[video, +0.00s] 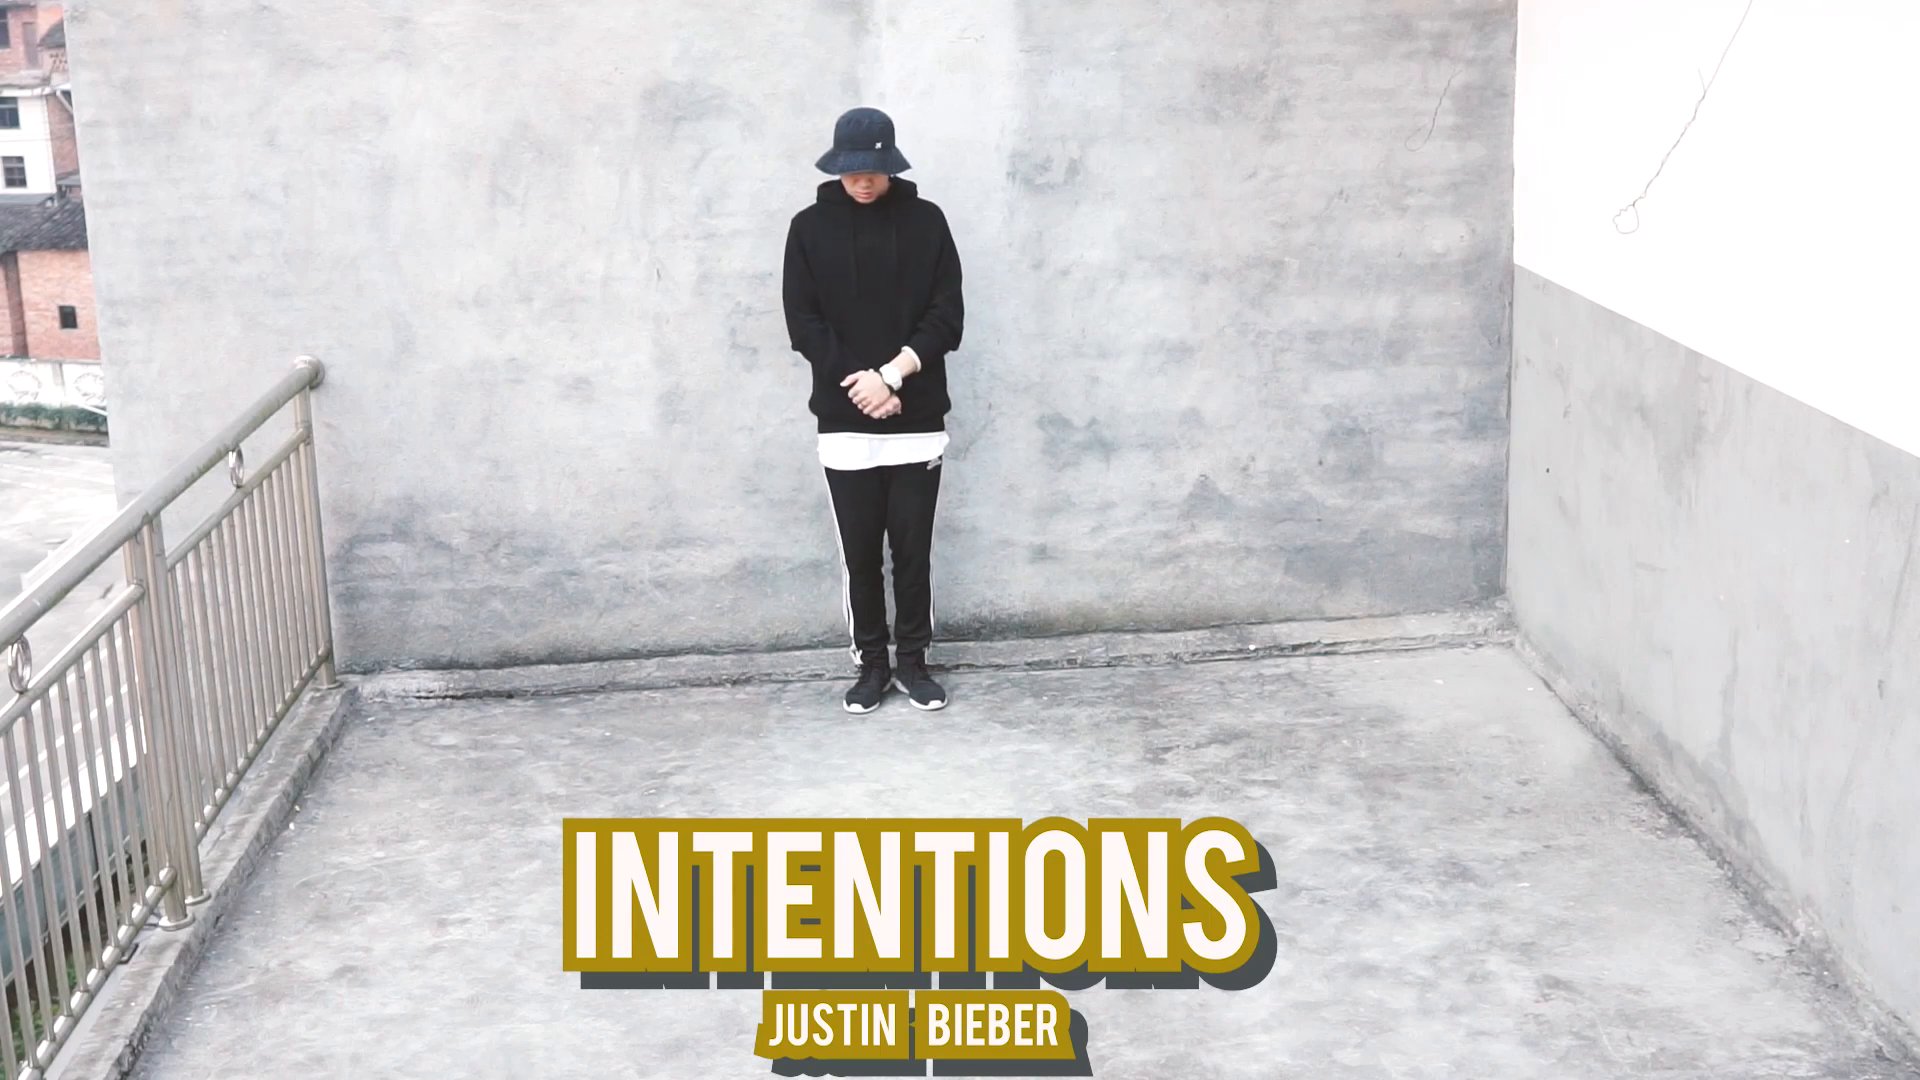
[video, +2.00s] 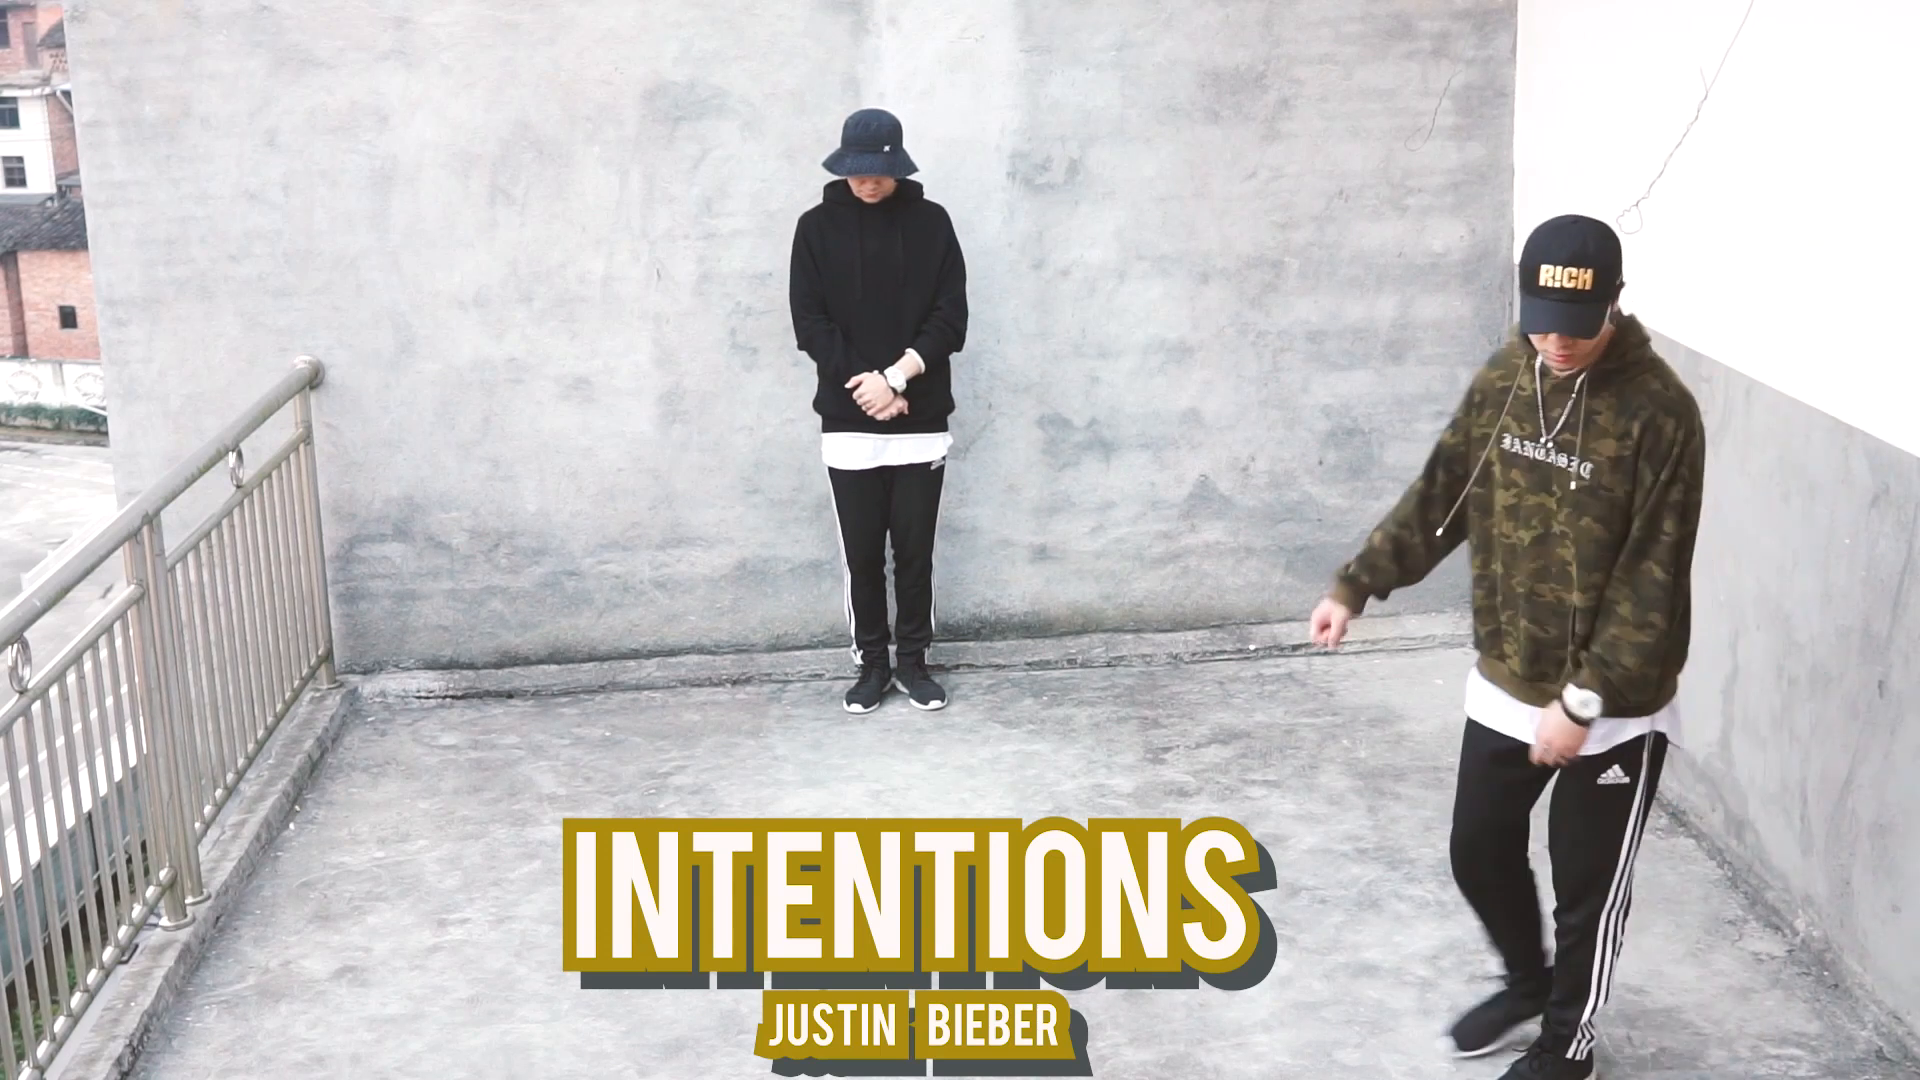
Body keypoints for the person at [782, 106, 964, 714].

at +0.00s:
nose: (861, 182)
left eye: (872, 171)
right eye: (851, 171)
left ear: (891, 166)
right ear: (835, 169)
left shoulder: (925, 219)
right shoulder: (810, 226)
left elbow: (947, 316)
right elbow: (803, 322)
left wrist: (892, 371)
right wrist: (860, 384)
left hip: (917, 413)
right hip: (843, 416)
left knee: (912, 548)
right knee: (860, 551)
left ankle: (913, 663)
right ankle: (872, 666)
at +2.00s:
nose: (868, 182)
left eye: (879, 171)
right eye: (857, 171)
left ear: (898, 167)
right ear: (842, 169)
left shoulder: (931, 221)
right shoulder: (817, 225)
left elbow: (951, 317)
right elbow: (809, 322)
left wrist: (897, 373)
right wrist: (865, 385)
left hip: (921, 414)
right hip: (847, 416)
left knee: (914, 549)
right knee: (863, 553)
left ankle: (914, 664)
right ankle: (873, 667)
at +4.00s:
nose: (865, 186)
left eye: (876, 176)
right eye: (855, 175)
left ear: (896, 170)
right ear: (839, 170)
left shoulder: (926, 221)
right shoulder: (813, 227)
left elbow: (947, 317)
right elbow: (806, 324)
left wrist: (893, 373)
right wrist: (862, 387)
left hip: (918, 414)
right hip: (844, 417)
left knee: (913, 549)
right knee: (860, 552)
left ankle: (913, 664)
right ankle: (872, 666)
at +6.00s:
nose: (871, 189)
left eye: (882, 179)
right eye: (860, 178)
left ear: (900, 173)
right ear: (843, 173)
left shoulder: (930, 222)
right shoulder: (817, 228)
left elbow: (950, 317)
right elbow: (809, 324)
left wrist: (896, 375)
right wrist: (865, 387)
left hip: (921, 416)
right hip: (847, 419)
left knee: (914, 551)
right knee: (862, 554)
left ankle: (913, 664)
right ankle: (873, 667)